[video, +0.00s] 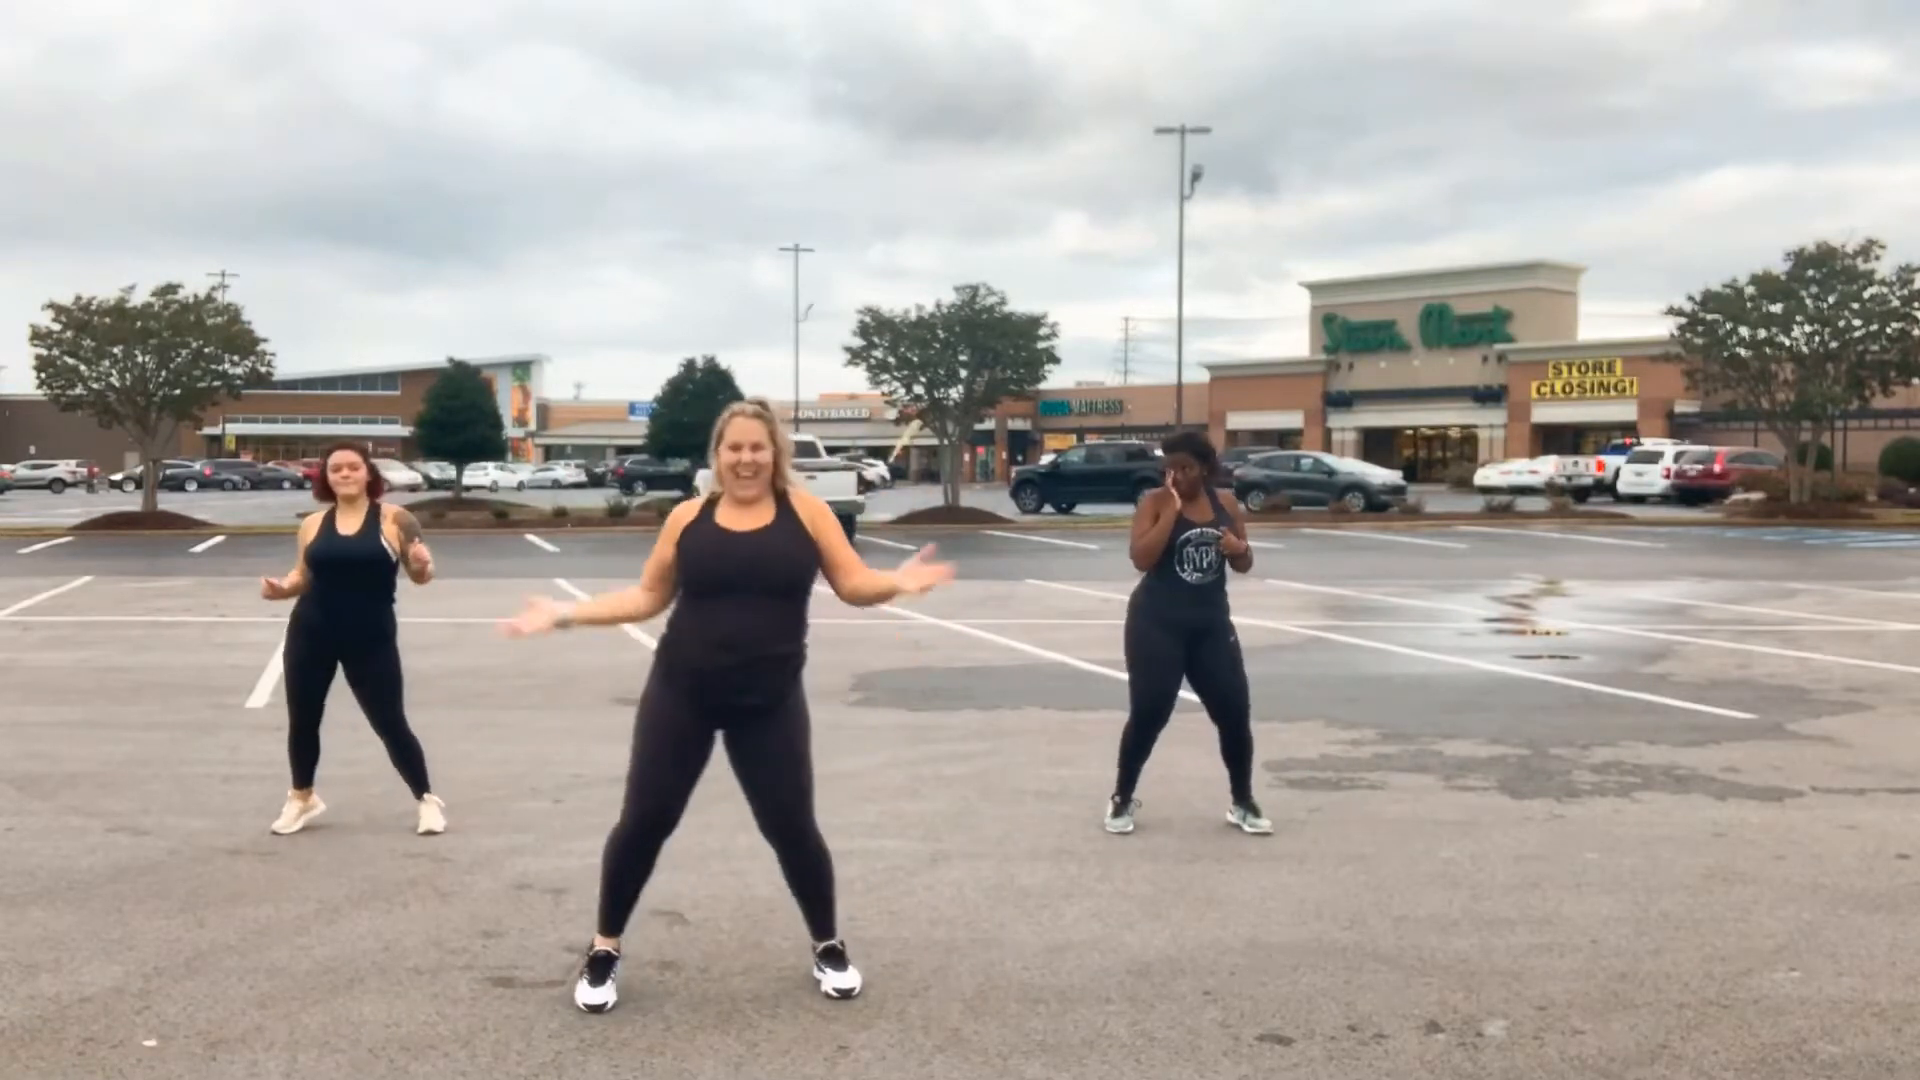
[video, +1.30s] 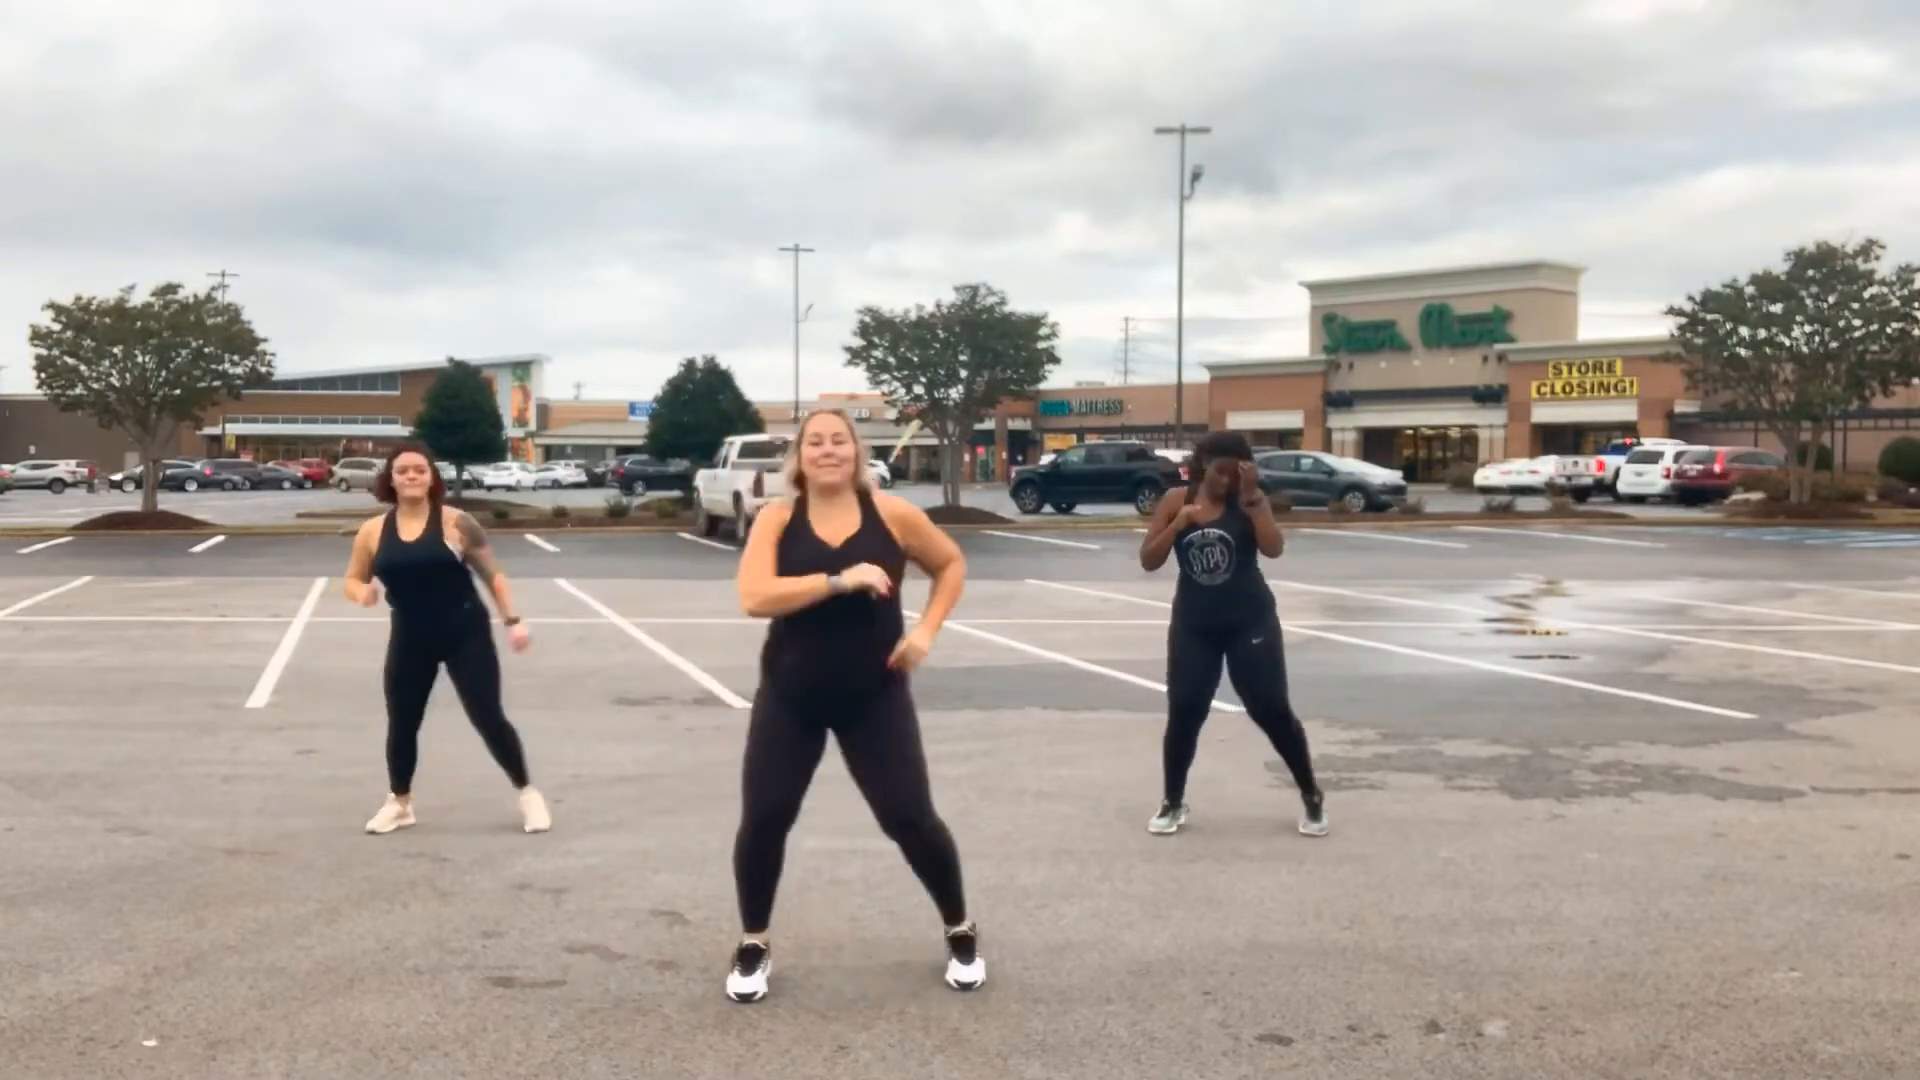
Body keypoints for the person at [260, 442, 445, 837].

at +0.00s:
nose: (346, 474)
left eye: (354, 467)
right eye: (337, 469)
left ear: (368, 475)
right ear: (327, 479)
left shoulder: (393, 519)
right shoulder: (312, 524)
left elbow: (420, 576)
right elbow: (305, 575)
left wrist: (421, 566)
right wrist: (283, 588)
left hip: (369, 638)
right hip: (312, 636)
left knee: (390, 724)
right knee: (302, 721)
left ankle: (426, 800)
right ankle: (302, 797)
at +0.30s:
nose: (348, 477)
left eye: (355, 470)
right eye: (339, 471)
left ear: (369, 478)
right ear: (327, 481)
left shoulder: (392, 524)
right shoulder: (310, 529)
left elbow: (418, 576)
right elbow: (283, 588)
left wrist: (425, 626)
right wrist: (284, 562)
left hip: (378, 644)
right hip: (321, 642)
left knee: (396, 725)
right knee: (303, 723)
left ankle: (427, 800)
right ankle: (302, 797)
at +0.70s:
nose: (378, 469)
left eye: (385, 462)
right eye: (369, 464)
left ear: (398, 470)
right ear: (356, 473)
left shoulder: (420, 513)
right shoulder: (339, 519)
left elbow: (462, 543)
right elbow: (308, 570)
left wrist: (451, 573)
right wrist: (325, 600)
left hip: (417, 633)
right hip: (364, 635)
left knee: (416, 718)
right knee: (339, 721)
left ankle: (428, 800)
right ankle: (312, 798)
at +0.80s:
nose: (385, 468)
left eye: (392, 461)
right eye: (377, 462)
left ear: (406, 469)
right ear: (364, 472)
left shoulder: (428, 515)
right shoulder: (348, 522)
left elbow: (469, 560)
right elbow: (331, 578)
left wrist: (446, 558)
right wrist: (335, 626)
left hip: (424, 633)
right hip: (369, 634)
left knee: (420, 718)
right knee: (354, 715)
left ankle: (429, 799)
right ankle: (354, 793)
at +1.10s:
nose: (401, 476)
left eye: (409, 469)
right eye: (393, 471)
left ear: (422, 477)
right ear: (381, 481)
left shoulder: (442, 522)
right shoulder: (362, 530)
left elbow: (449, 572)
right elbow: (342, 584)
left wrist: (413, 582)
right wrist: (338, 632)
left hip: (436, 638)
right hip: (382, 640)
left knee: (445, 718)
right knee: (387, 725)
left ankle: (442, 796)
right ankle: (397, 800)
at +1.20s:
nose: (406, 478)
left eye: (413, 471)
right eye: (397, 473)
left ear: (426, 479)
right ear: (385, 483)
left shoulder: (448, 524)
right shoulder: (367, 532)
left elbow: (464, 577)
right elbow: (345, 581)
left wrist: (458, 622)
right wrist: (351, 619)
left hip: (445, 635)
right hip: (392, 642)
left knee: (467, 712)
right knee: (393, 725)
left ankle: (483, 787)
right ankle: (398, 801)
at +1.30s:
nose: (411, 476)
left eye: (419, 470)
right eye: (402, 471)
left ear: (432, 478)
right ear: (391, 480)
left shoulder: (457, 522)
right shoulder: (373, 531)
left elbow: (492, 573)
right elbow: (353, 582)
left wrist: (512, 619)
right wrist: (363, 593)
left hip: (464, 635)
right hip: (410, 639)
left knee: (487, 717)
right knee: (402, 723)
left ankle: (526, 792)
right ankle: (399, 801)